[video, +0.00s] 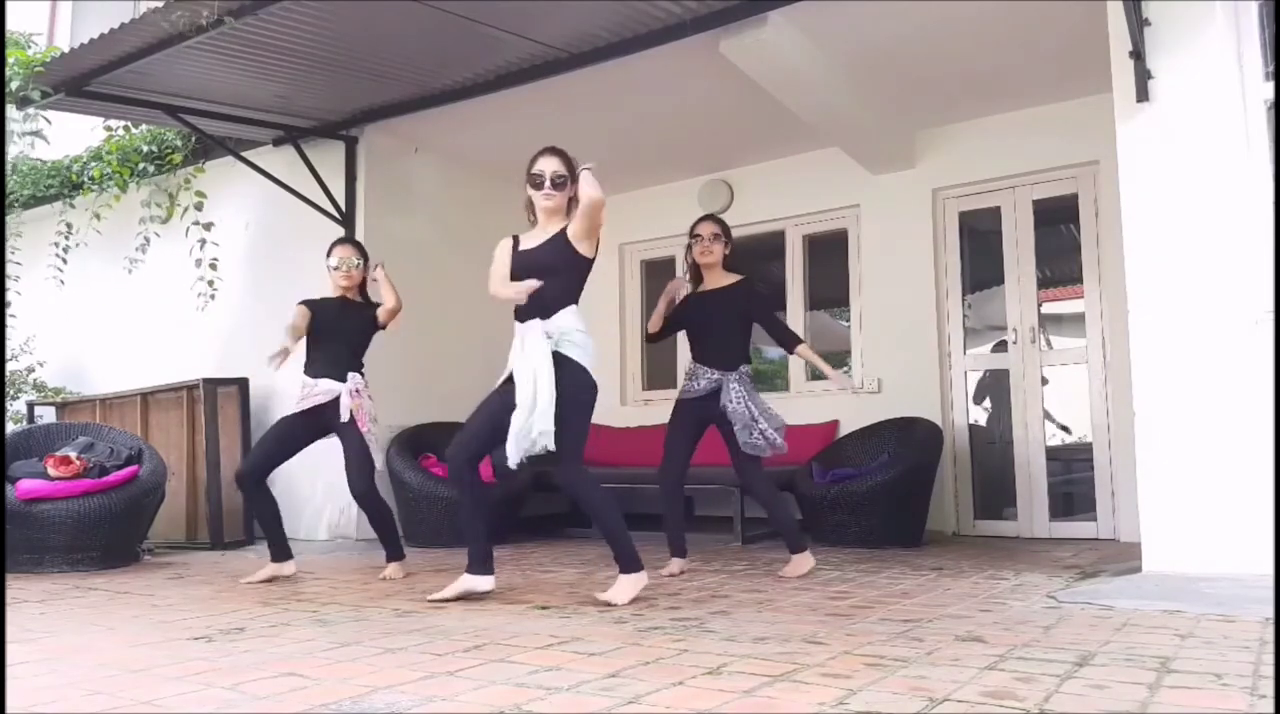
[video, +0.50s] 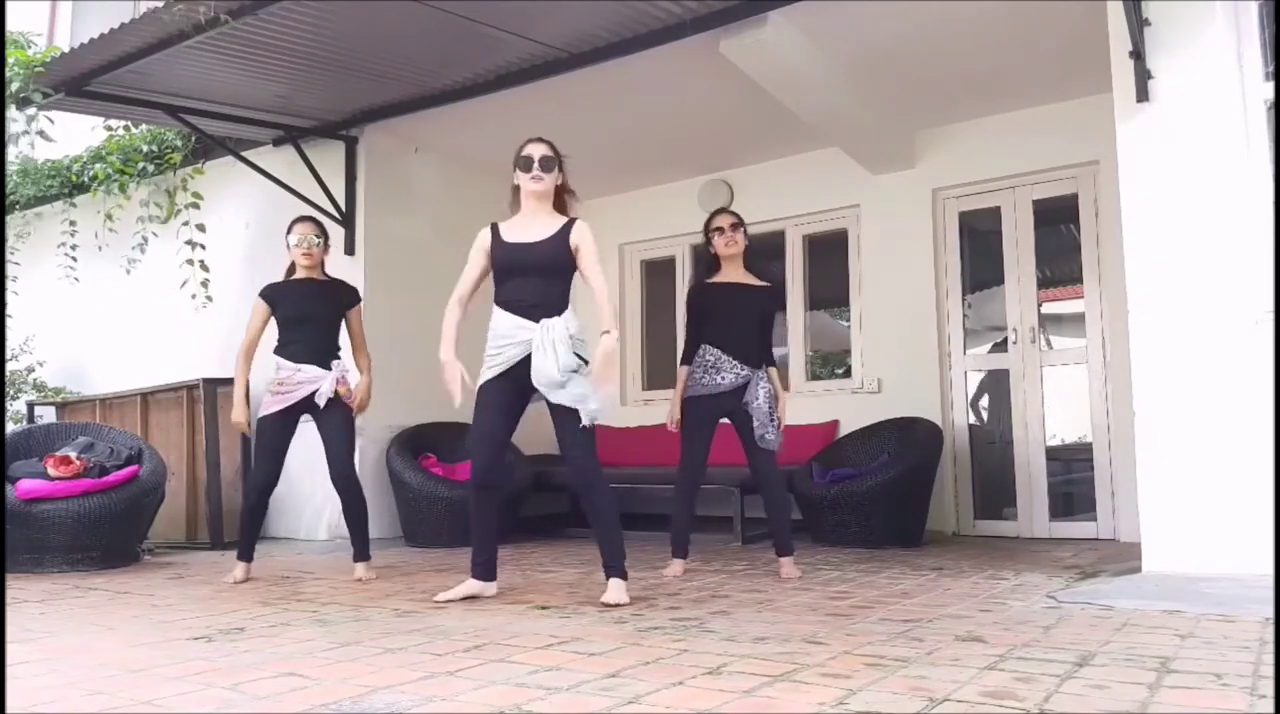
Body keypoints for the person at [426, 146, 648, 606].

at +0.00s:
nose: (548, 187)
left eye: (557, 180)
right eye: (539, 180)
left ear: (571, 188)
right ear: (527, 187)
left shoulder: (581, 233)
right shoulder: (511, 243)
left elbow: (592, 198)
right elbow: (496, 287)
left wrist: (586, 174)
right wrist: (519, 289)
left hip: (568, 364)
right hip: (525, 366)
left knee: (568, 470)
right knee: (460, 454)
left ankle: (632, 571)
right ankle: (479, 571)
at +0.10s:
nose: (537, 191)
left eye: (547, 185)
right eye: (528, 184)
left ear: (560, 194)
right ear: (516, 191)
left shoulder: (573, 241)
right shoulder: (500, 254)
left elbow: (565, 218)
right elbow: (491, 304)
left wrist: (574, 185)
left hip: (556, 363)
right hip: (505, 361)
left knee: (576, 469)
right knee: (474, 468)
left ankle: (621, 565)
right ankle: (467, 571)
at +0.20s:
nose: (532, 192)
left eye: (542, 186)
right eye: (523, 185)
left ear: (555, 196)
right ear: (510, 194)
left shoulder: (567, 244)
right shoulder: (491, 255)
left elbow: (574, 244)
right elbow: (462, 309)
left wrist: (578, 195)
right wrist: (401, 279)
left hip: (546, 370)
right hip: (492, 366)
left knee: (583, 466)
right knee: (478, 475)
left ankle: (592, 577)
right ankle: (465, 575)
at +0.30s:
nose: (528, 174)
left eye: (539, 168)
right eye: (520, 168)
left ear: (553, 179)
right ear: (507, 177)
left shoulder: (569, 229)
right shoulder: (484, 235)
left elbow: (616, 258)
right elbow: (437, 287)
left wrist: (612, 202)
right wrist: (397, 266)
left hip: (549, 355)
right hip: (492, 354)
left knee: (585, 456)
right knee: (471, 468)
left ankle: (600, 569)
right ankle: (464, 572)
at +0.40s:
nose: (531, 167)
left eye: (542, 161)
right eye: (523, 161)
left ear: (555, 173)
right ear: (510, 172)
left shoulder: (570, 226)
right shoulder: (486, 229)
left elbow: (608, 256)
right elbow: (436, 268)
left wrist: (625, 271)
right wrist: (412, 300)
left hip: (551, 351)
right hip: (498, 353)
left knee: (581, 464)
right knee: (477, 464)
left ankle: (616, 575)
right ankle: (482, 576)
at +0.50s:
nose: (536, 171)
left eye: (546, 164)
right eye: (527, 164)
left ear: (560, 175)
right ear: (515, 173)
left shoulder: (573, 228)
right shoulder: (492, 234)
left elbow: (599, 286)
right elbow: (459, 299)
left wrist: (611, 339)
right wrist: (447, 356)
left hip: (560, 352)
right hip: (506, 354)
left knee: (582, 465)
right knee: (482, 462)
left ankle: (616, 576)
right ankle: (482, 576)